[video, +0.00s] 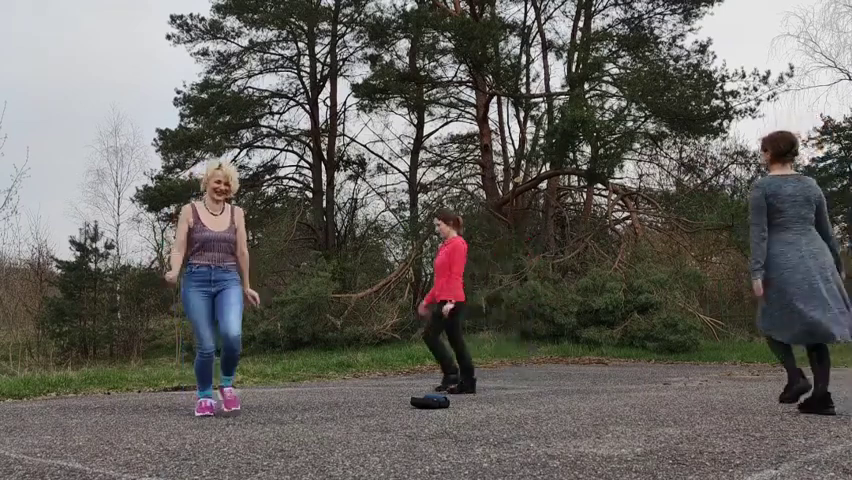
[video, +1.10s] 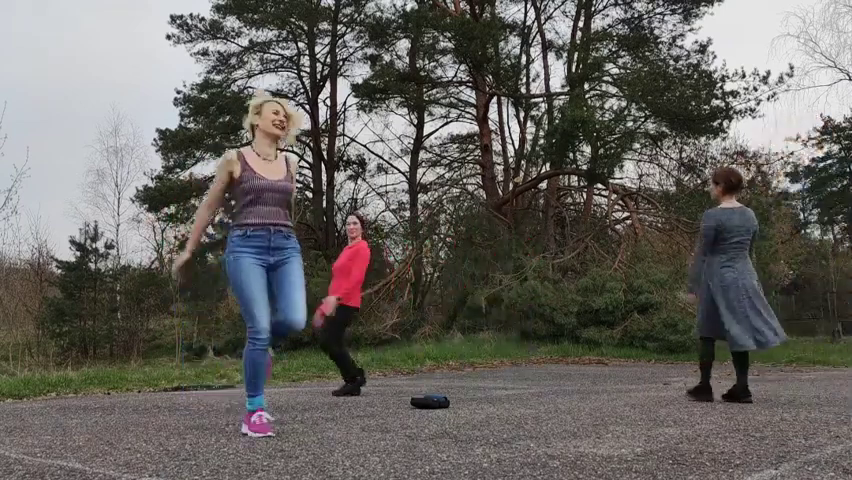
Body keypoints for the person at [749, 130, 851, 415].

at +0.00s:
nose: (762, 156)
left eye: (763, 152)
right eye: (762, 151)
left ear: (770, 154)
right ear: (792, 154)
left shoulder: (762, 186)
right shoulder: (811, 185)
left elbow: (759, 233)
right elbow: (826, 231)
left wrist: (756, 272)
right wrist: (836, 266)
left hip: (782, 262)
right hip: (817, 260)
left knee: (770, 324)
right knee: (815, 326)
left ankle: (795, 377)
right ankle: (822, 396)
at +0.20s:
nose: (752, 166)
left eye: (753, 161)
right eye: (752, 161)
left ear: (761, 163)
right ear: (781, 162)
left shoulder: (754, 192)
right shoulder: (798, 191)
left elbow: (757, 224)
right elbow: (805, 231)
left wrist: (763, 254)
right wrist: (795, 254)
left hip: (767, 264)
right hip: (798, 262)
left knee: (768, 327)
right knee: (803, 326)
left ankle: (779, 393)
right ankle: (818, 393)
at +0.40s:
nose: (737, 171)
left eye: (740, 167)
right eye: (738, 166)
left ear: (748, 169)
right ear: (768, 169)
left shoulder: (741, 196)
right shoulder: (782, 196)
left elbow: (739, 226)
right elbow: (799, 236)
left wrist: (737, 253)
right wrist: (800, 266)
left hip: (756, 270)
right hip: (785, 268)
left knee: (758, 332)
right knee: (779, 327)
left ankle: (779, 394)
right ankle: (798, 378)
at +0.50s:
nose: (733, 174)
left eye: (734, 170)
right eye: (733, 169)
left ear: (741, 172)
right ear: (761, 172)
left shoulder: (735, 198)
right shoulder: (777, 200)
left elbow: (731, 224)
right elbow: (800, 235)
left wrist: (730, 250)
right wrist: (819, 263)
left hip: (752, 270)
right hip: (780, 269)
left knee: (758, 329)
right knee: (771, 327)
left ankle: (778, 393)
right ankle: (772, 388)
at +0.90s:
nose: (713, 185)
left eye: (715, 181)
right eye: (714, 180)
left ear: (724, 183)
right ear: (738, 183)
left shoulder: (718, 208)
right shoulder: (755, 207)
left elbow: (720, 233)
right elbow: (782, 233)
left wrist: (726, 256)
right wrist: (810, 255)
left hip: (730, 272)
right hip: (752, 273)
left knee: (719, 331)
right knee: (743, 328)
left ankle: (755, 372)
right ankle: (744, 384)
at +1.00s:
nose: (713, 187)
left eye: (715, 182)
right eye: (713, 182)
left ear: (722, 184)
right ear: (739, 185)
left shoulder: (715, 212)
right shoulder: (753, 212)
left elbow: (716, 247)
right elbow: (768, 247)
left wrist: (722, 279)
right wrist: (787, 274)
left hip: (722, 277)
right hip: (749, 276)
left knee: (713, 332)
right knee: (741, 332)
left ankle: (731, 381)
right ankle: (743, 387)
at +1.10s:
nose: (711, 189)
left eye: (713, 185)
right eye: (712, 185)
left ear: (722, 187)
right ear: (734, 187)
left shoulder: (713, 215)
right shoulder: (749, 215)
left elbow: (701, 252)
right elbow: (749, 248)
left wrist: (692, 285)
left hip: (718, 278)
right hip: (744, 276)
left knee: (707, 330)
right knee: (739, 331)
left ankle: (704, 385)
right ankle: (742, 387)